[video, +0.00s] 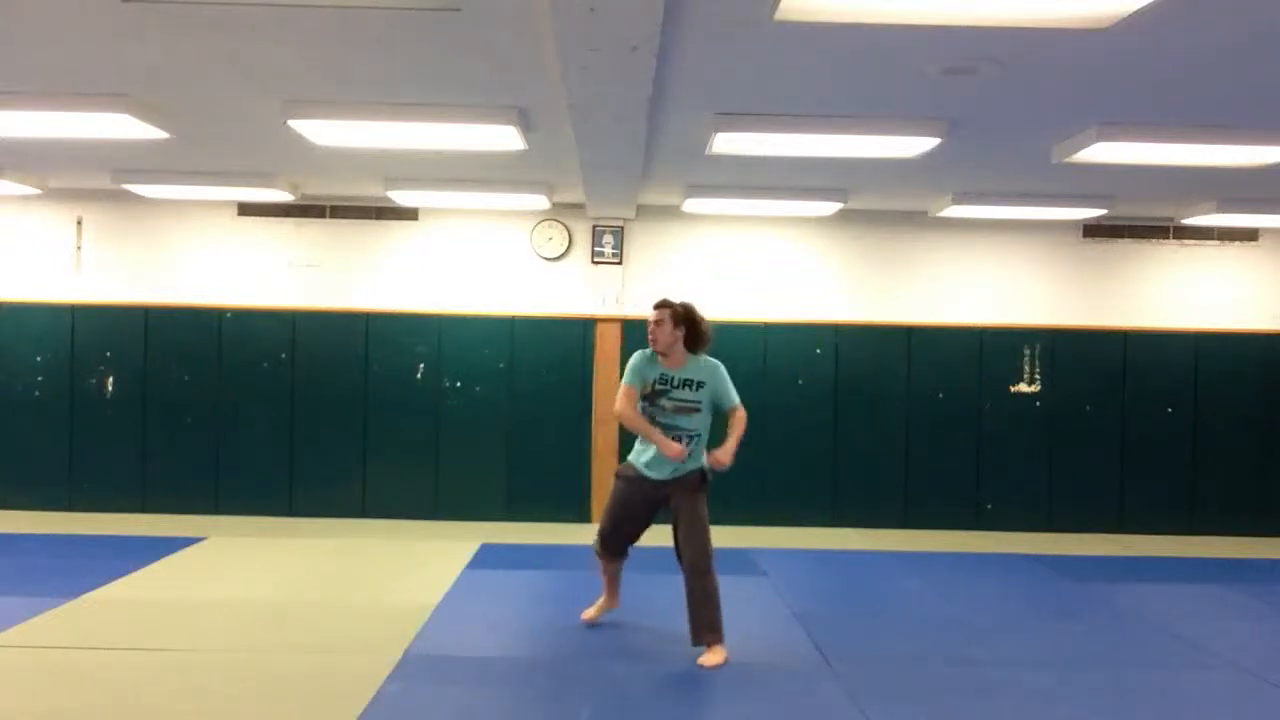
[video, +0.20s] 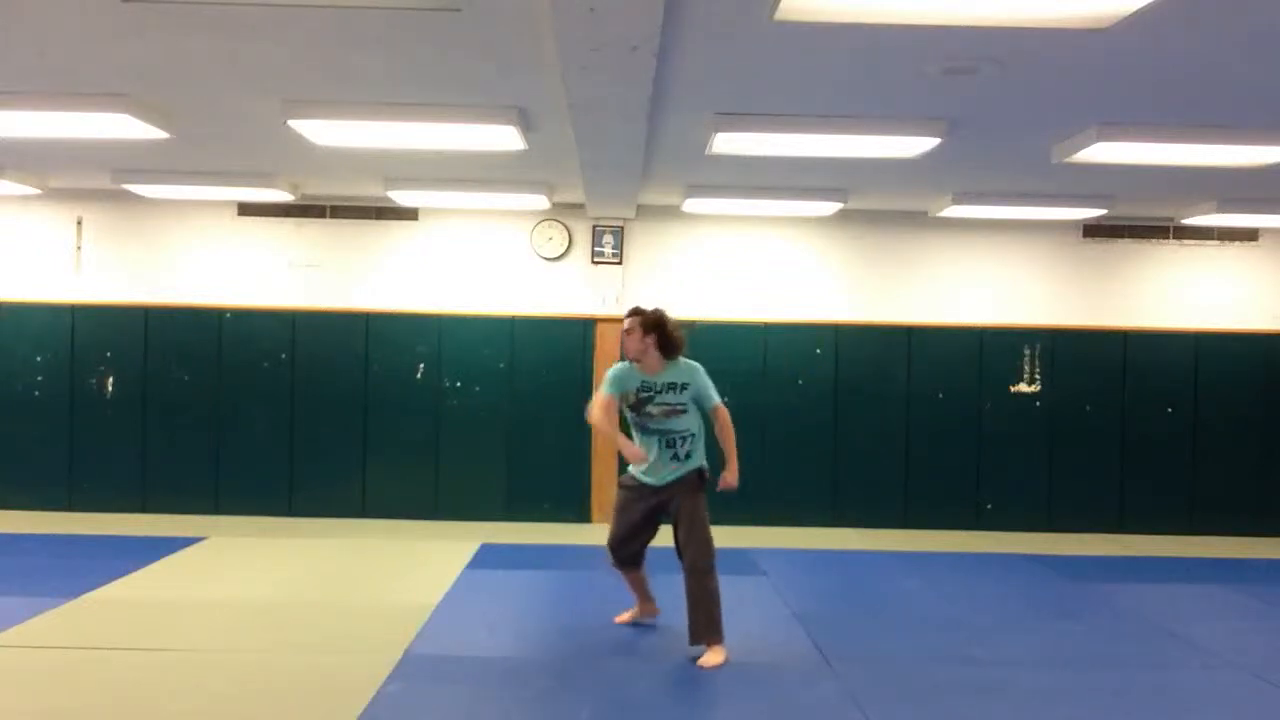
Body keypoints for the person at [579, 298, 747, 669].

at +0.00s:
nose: (651, 330)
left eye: (659, 325)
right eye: (650, 324)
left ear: (681, 331)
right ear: (651, 329)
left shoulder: (711, 370)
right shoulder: (642, 361)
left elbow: (738, 414)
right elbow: (623, 409)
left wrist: (729, 447)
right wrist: (662, 442)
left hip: (688, 475)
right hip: (641, 471)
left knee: (696, 557)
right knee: (608, 542)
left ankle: (713, 643)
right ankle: (609, 597)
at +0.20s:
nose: (623, 340)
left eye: (629, 334)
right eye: (623, 333)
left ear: (651, 339)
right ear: (634, 339)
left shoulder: (691, 372)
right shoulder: (620, 375)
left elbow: (719, 414)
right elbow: (598, 415)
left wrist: (732, 465)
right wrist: (626, 447)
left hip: (686, 478)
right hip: (640, 479)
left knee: (698, 558)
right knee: (621, 548)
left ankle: (714, 644)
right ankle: (645, 605)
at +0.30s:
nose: (600, 341)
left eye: (606, 334)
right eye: (600, 334)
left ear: (626, 339)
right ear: (616, 341)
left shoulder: (671, 368)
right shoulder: (606, 371)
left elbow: (715, 392)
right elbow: (570, 396)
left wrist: (730, 444)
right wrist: (607, 409)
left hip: (674, 467)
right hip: (638, 469)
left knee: (673, 548)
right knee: (628, 543)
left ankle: (706, 633)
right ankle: (648, 610)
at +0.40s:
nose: (579, 345)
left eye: (585, 339)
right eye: (580, 339)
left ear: (607, 344)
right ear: (597, 345)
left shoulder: (649, 363)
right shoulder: (595, 378)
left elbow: (701, 377)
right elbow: (553, 396)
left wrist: (720, 426)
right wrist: (579, 402)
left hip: (670, 463)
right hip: (642, 467)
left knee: (630, 535)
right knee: (630, 533)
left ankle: (677, 617)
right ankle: (651, 601)